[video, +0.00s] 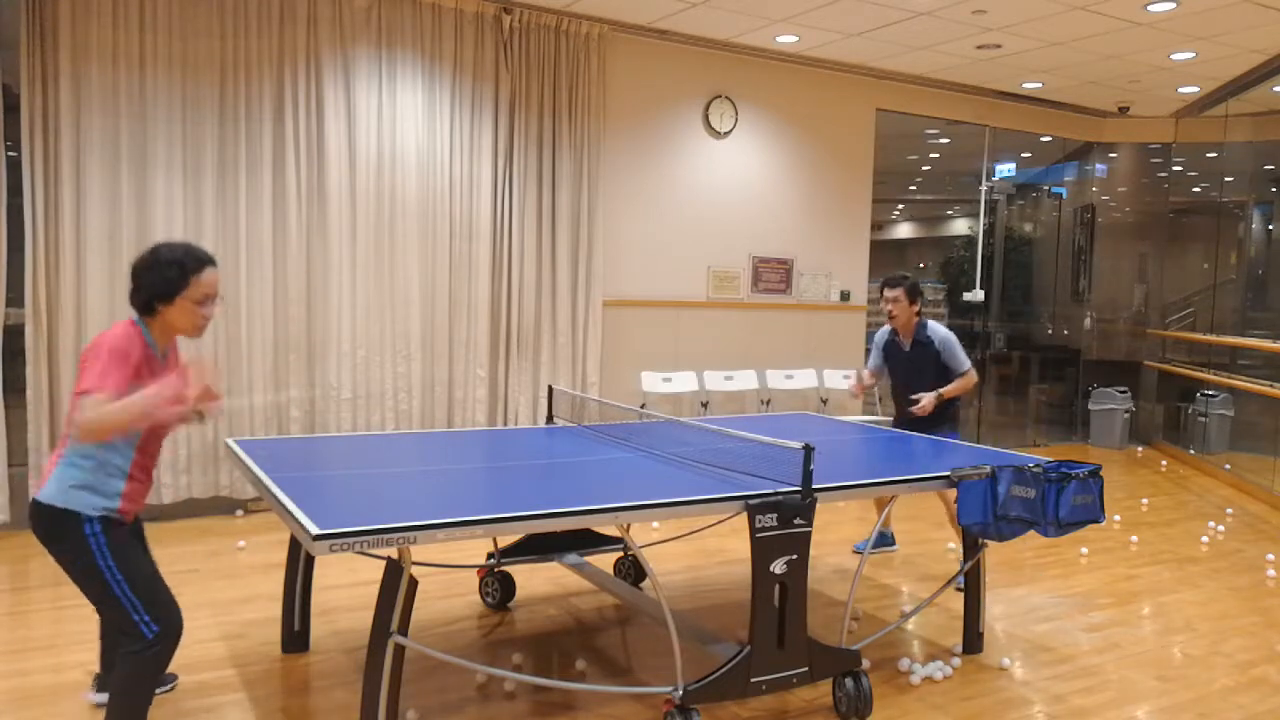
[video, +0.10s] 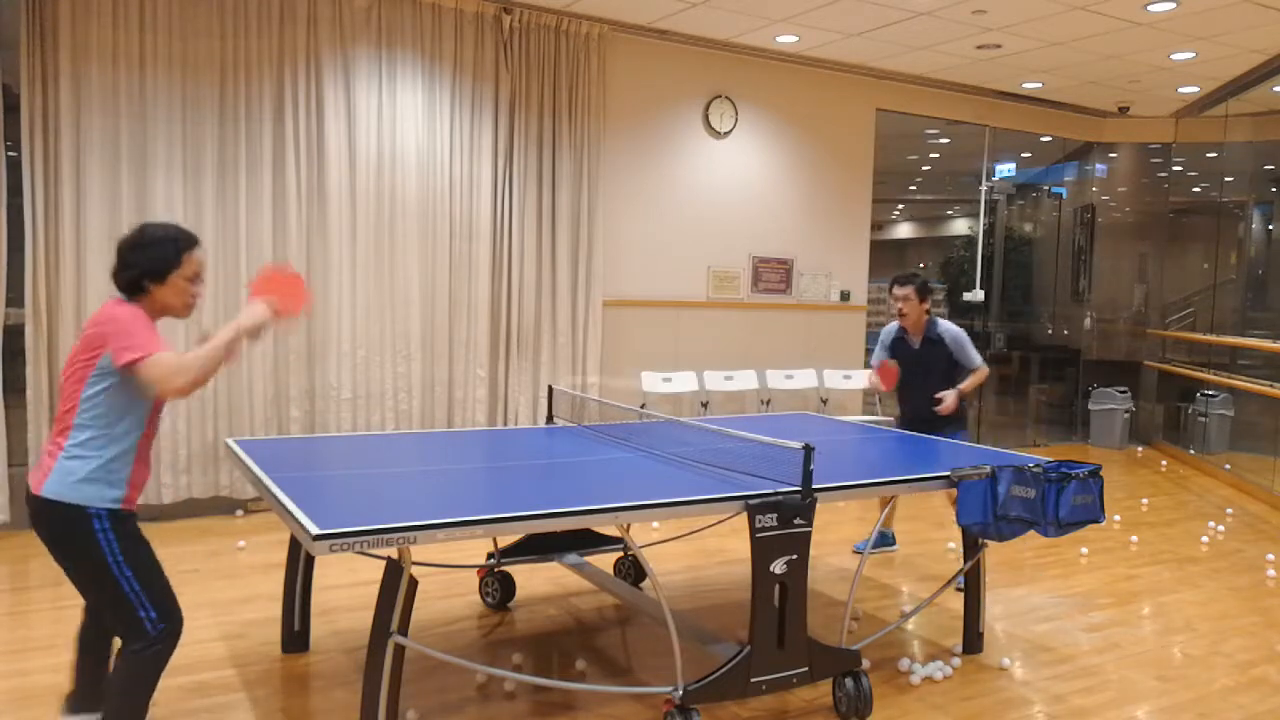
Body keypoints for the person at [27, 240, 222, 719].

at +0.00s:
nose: (211, 312)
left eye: (214, 300)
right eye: (202, 301)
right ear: (163, 300)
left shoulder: (167, 352)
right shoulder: (118, 343)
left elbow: (147, 422)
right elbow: (85, 421)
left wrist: (190, 409)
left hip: (113, 506)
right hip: (73, 508)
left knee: (127, 598)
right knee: (157, 627)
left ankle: (114, 679)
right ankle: (124, 709)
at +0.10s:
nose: (199, 292)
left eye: (200, 281)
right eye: (191, 280)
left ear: (151, 281)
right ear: (152, 279)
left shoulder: (132, 323)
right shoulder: (121, 319)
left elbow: (176, 381)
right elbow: (172, 378)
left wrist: (231, 341)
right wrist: (238, 327)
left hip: (71, 497)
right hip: (83, 502)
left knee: (104, 605)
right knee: (158, 627)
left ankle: (86, 706)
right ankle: (117, 714)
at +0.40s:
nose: (177, 270)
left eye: (176, 259)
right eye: (168, 261)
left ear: (129, 267)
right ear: (132, 266)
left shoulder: (109, 313)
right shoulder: (100, 310)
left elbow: (145, 382)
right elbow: (150, 380)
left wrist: (195, 343)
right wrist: (218, 331)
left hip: (48, 488)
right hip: (60, 492)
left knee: (70, 618)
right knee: (111, 634)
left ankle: (49, 711)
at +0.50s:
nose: (179, 276)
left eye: (177, 265)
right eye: (169, 266)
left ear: (140, 274)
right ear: (132, 271)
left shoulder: (123, 325)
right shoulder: (92, 318)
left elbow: (139, 396)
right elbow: (93, 408)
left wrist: (193, 376)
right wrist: (181, 394)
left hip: (67, 499)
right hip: (40, 498)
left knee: (72, 628)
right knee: (100, 631)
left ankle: (52, 710)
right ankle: (72, 714)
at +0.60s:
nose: (181, 296)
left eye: (180, 284)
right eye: (172, 285)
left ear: (142, 292)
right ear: (133, 291)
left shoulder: (135, 341)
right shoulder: (86, 340)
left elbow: (139, 406)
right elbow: (56, 437)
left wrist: (185, 411)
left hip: (75, 507)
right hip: (31, 507)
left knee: (104, 610)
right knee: (96, 638)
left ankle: (69, 705)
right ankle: (62, 714)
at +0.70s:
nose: (185, 319)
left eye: (184, 307)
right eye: (176, 309)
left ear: (141, 317)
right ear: (136, 316)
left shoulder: (146, 359)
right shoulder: (77, 366)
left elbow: (157, 422)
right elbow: (29, 462)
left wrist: (185, 448)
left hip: (69, 513)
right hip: (21, 517)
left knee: (105, 625)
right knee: (94, 641)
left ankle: (51, 706)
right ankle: (63, 714)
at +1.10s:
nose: (197, 345)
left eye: (200, 333)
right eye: (189, 333)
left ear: (155, 337)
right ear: (148, 334)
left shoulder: (157, 379)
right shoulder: (95, 375)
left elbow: (160, 449)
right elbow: (70, 470)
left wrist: (208, 475)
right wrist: (85, 522)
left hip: (65, 511)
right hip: (19, 518)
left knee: (126, 598)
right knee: (96, 635)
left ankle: (61, 703)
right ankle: (62, 714)